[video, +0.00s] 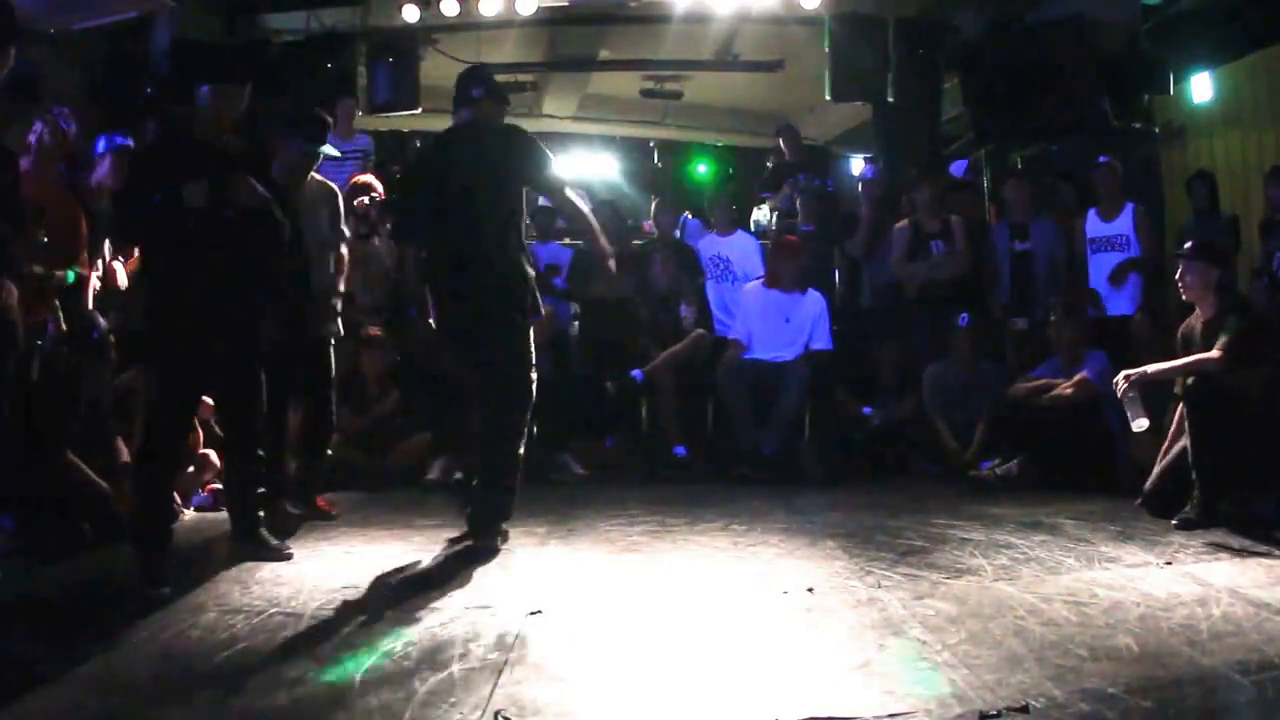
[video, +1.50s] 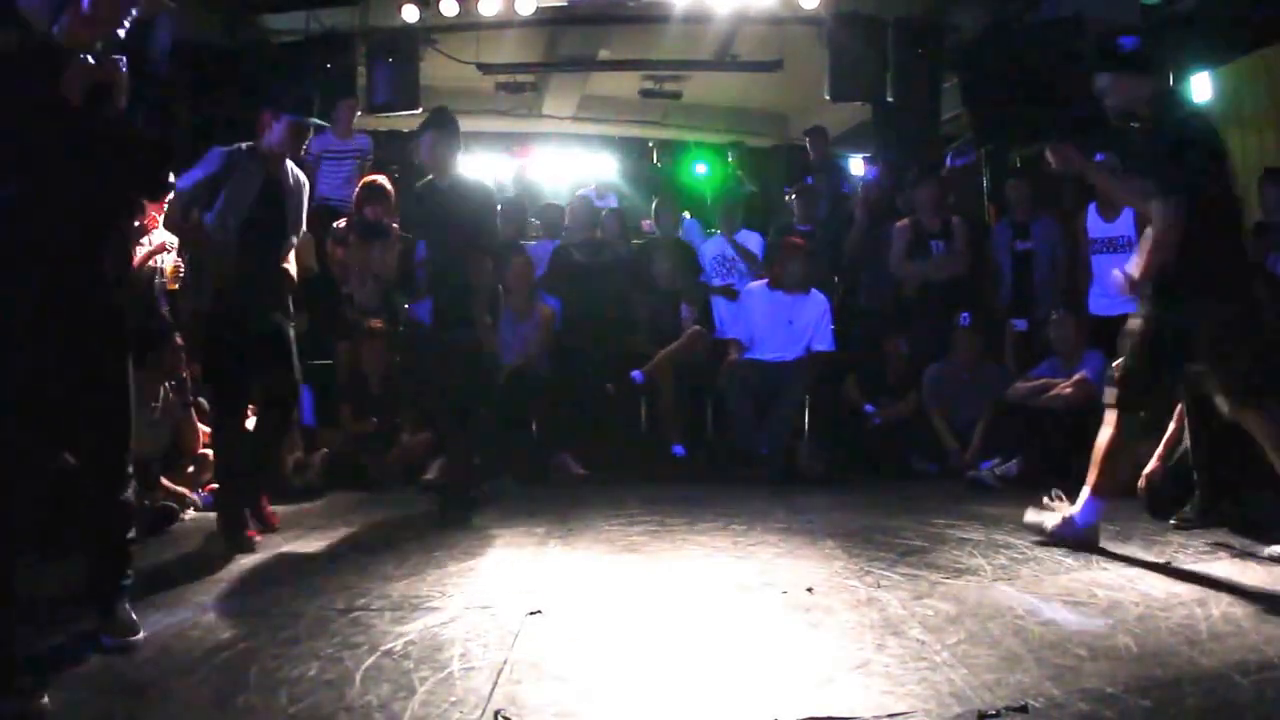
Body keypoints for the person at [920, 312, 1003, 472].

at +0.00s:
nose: (965, 346)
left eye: (969, 340)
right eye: (960, 340)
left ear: (975, 342)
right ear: (952, 342)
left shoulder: (985, 372)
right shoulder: (935, 374)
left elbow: (986, 413)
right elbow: (935, 413)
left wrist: (974, 450)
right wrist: (951, 445)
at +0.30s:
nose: (962, 344)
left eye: (968, 338)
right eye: (958, 338)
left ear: (976, 341)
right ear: (951, 339)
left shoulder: (988, 373)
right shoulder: (937, 373)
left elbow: (985, 416)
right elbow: (936, 414)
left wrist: (972, 453)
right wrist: (953, 447)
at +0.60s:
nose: (961, 343)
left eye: (967, 337)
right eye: (957, 336)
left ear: (978, 340)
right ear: (951, 338)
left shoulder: (989, 373)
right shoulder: (936, 372)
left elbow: (985, 416)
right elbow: (935, 413)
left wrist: (972, 452)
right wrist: (953, 448)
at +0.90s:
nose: (962, 343)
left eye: (968, 337)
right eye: (958, 336)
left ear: (977, 341)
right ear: (952, 339)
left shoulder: (991, 374)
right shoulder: (937, 373)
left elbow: (986, 416)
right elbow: (935, 413)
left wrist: (972, 452)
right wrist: (953, 448)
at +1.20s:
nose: (964, 346)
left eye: (969, 341)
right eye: (959, 340)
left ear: (978, 343)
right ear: (952, 342)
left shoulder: (990, 374)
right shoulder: (936, 373)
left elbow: (986, 416)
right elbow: (936, 414)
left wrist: (972, 453)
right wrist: (953, 449)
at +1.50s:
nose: (966, 349)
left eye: (971, 343)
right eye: (961, 343)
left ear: (979, 345)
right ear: (954, 344)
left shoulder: (990, 374)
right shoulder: (936, 374)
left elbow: (987, 415)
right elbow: (936, 415)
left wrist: (973, 452)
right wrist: (954, 450)